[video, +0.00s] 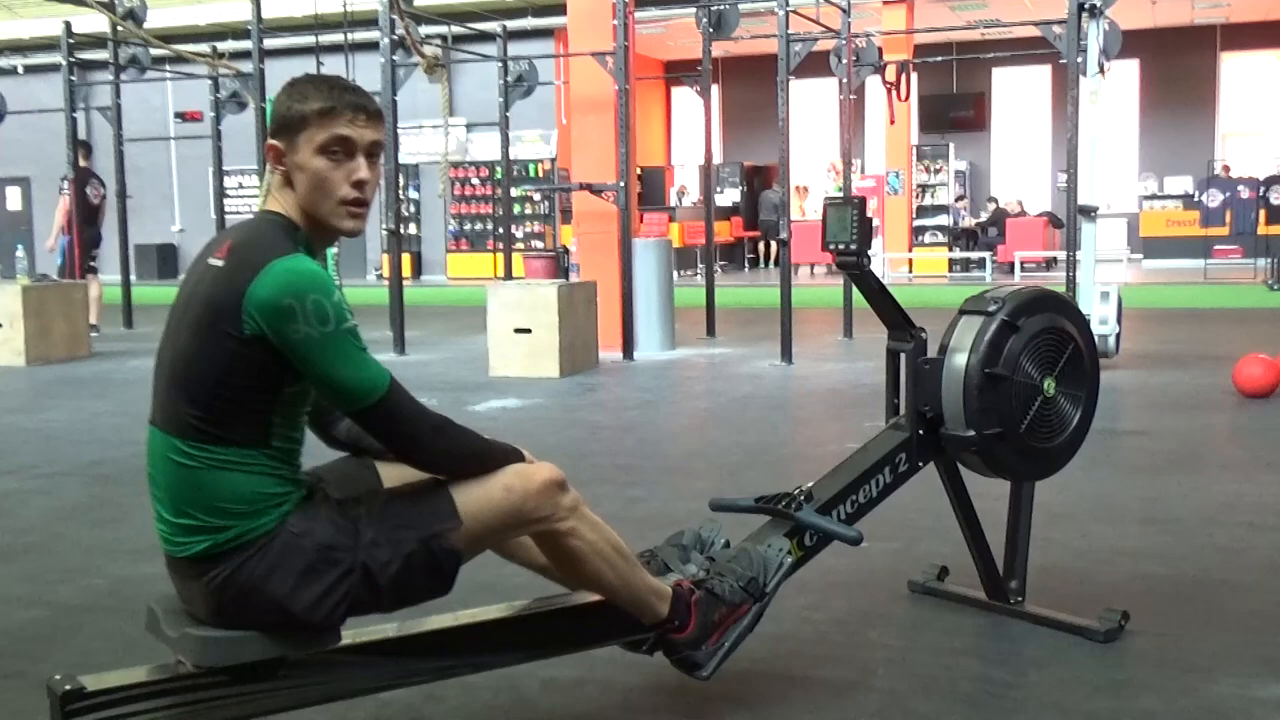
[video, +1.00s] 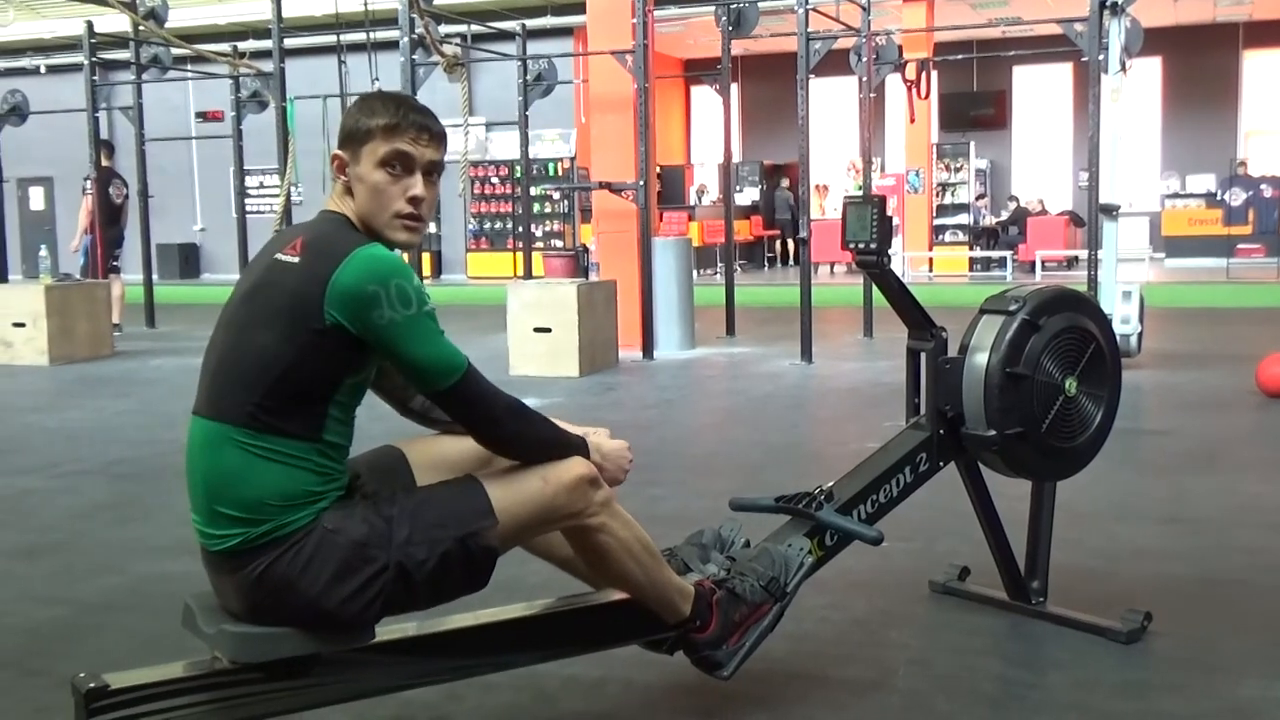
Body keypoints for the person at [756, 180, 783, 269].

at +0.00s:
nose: (777, 188)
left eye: (776, 185)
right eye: (778, 187)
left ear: (772, 185)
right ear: (779, 187)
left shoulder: (763, 194)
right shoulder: (779, 196)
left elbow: (759, 207)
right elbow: (780, 210)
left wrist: (760, 216)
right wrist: (781, 220)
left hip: (762, 219)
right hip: (773, 219)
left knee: (761, 240)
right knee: (773, 241)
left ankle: (761, 261)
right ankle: (771, 262)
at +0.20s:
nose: (779, 188)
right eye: (780, 187)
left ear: (773, 185)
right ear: (780, 187)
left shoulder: (764, 194)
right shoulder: (780, 195)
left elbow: (761, 207)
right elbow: (782, 209)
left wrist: (762, 216)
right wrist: (782, 218)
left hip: (764, 219)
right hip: (774, 219)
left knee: (763, 240)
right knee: (774, 240)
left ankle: (763, 261)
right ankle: (773, 262)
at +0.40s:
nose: (783, 189)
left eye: (782, 186)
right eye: (782, 187)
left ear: (774, 187)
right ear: (780, 188)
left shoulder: (766, 197)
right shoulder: (781, 199)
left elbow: (763, 210)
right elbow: (784, 212)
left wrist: (764, 219)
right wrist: (786, 221)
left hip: (766, 221)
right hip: (777, 222)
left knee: (765, 243)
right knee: (776, 243)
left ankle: (765, 263)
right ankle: (776, 264)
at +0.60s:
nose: (787, 186)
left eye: (787, 184)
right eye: (786, 184)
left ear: (777, 185)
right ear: (783, 185)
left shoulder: (770, 195)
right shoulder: (785, 196)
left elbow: (767, 209)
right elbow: (788, 208)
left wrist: (766, 218)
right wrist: (790, 218)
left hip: (771, 220)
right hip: (781, 220)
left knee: (771, 241)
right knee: (783, 242)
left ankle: (771, 262)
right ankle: (783, 262)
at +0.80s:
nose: (788, 185)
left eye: (787, 183)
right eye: (786, 183)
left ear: (778, 184)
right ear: (782, 184)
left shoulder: (771, 195)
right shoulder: (786, 195)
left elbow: (770, 205)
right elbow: (789, 207)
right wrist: (791, 213)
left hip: (772, 219)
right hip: (783, 219)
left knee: (774, 241)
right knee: (785, 242)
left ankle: (774, 262)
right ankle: (786, 262)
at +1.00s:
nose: (788, 184)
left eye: (788, 182)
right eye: (788, 182)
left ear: (780, 183)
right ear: (786, 183)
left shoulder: (776, 193)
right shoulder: (789, 194)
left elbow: (775, 205)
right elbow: (792, 205)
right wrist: (796, 215)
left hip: (777, 218)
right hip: (787, 218)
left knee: (777, 239)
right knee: (789, 239)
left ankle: (777, 260)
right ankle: (791, 259)